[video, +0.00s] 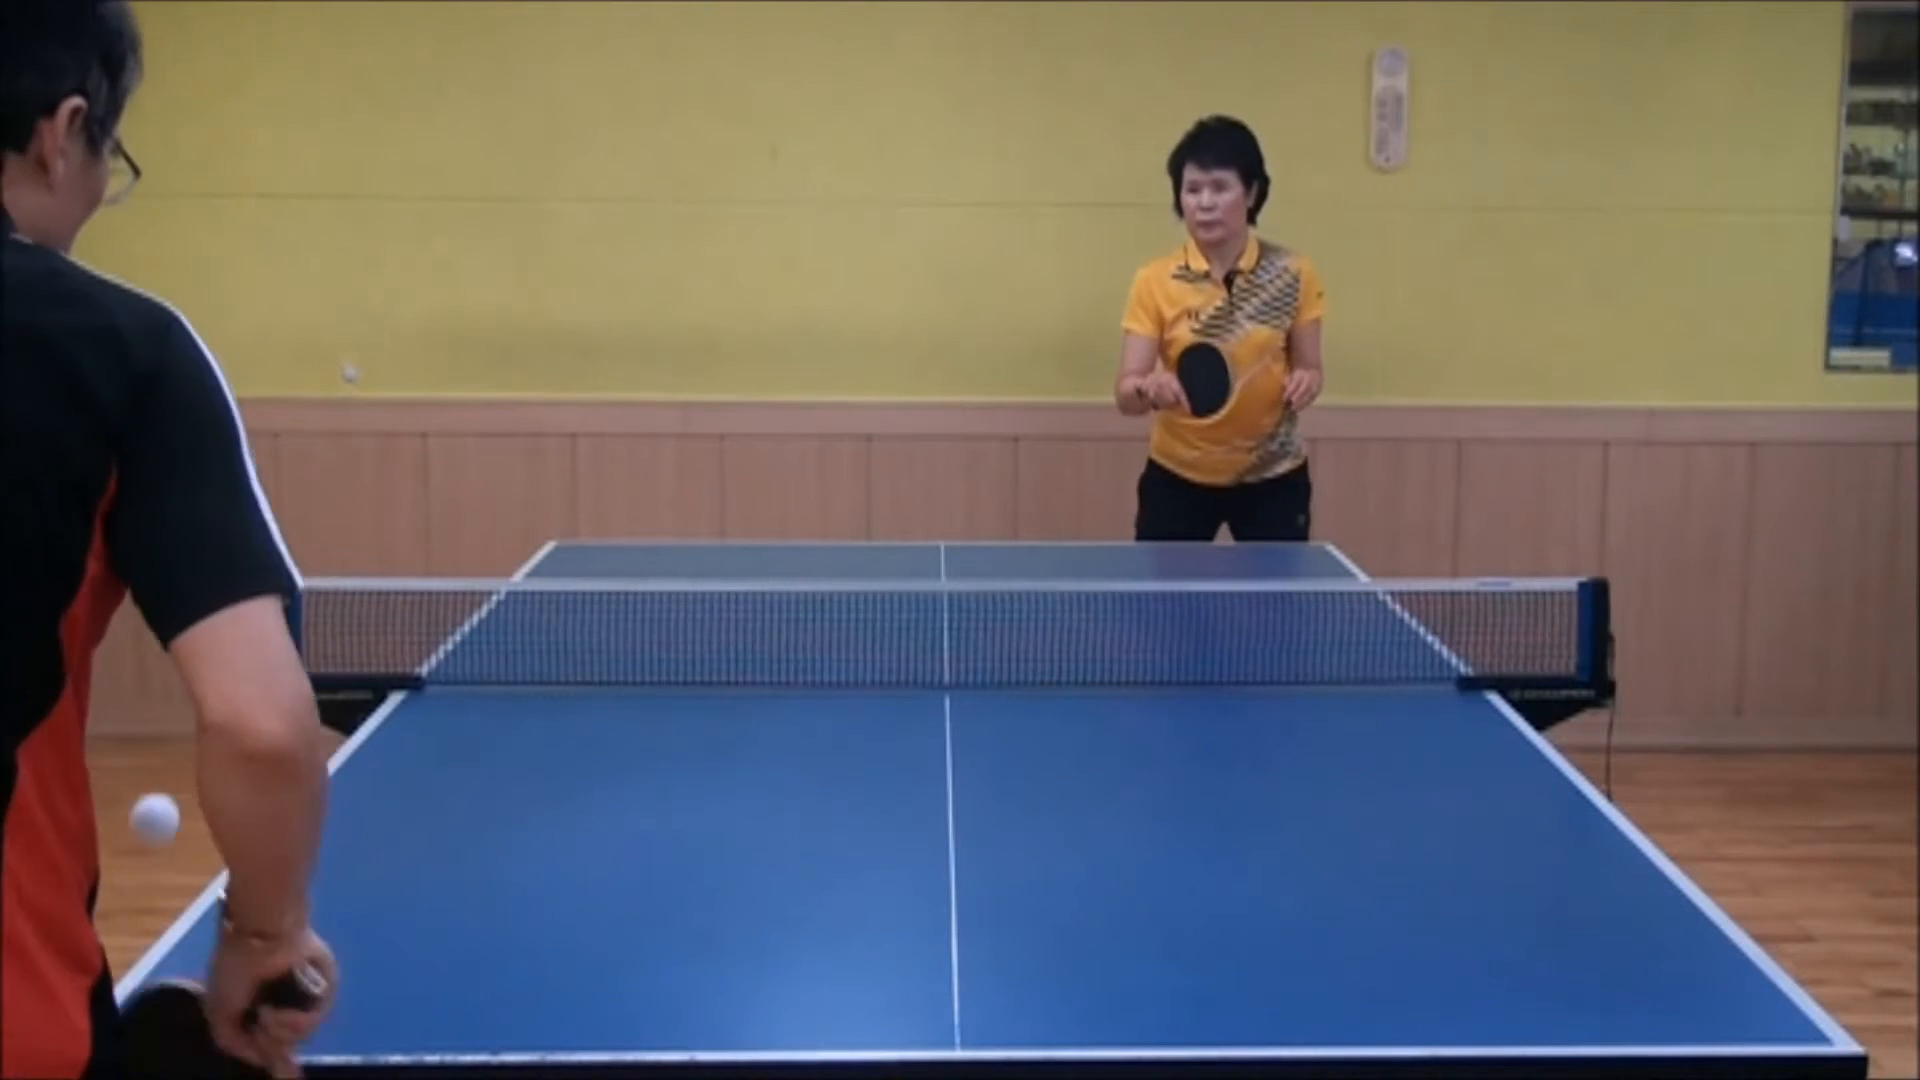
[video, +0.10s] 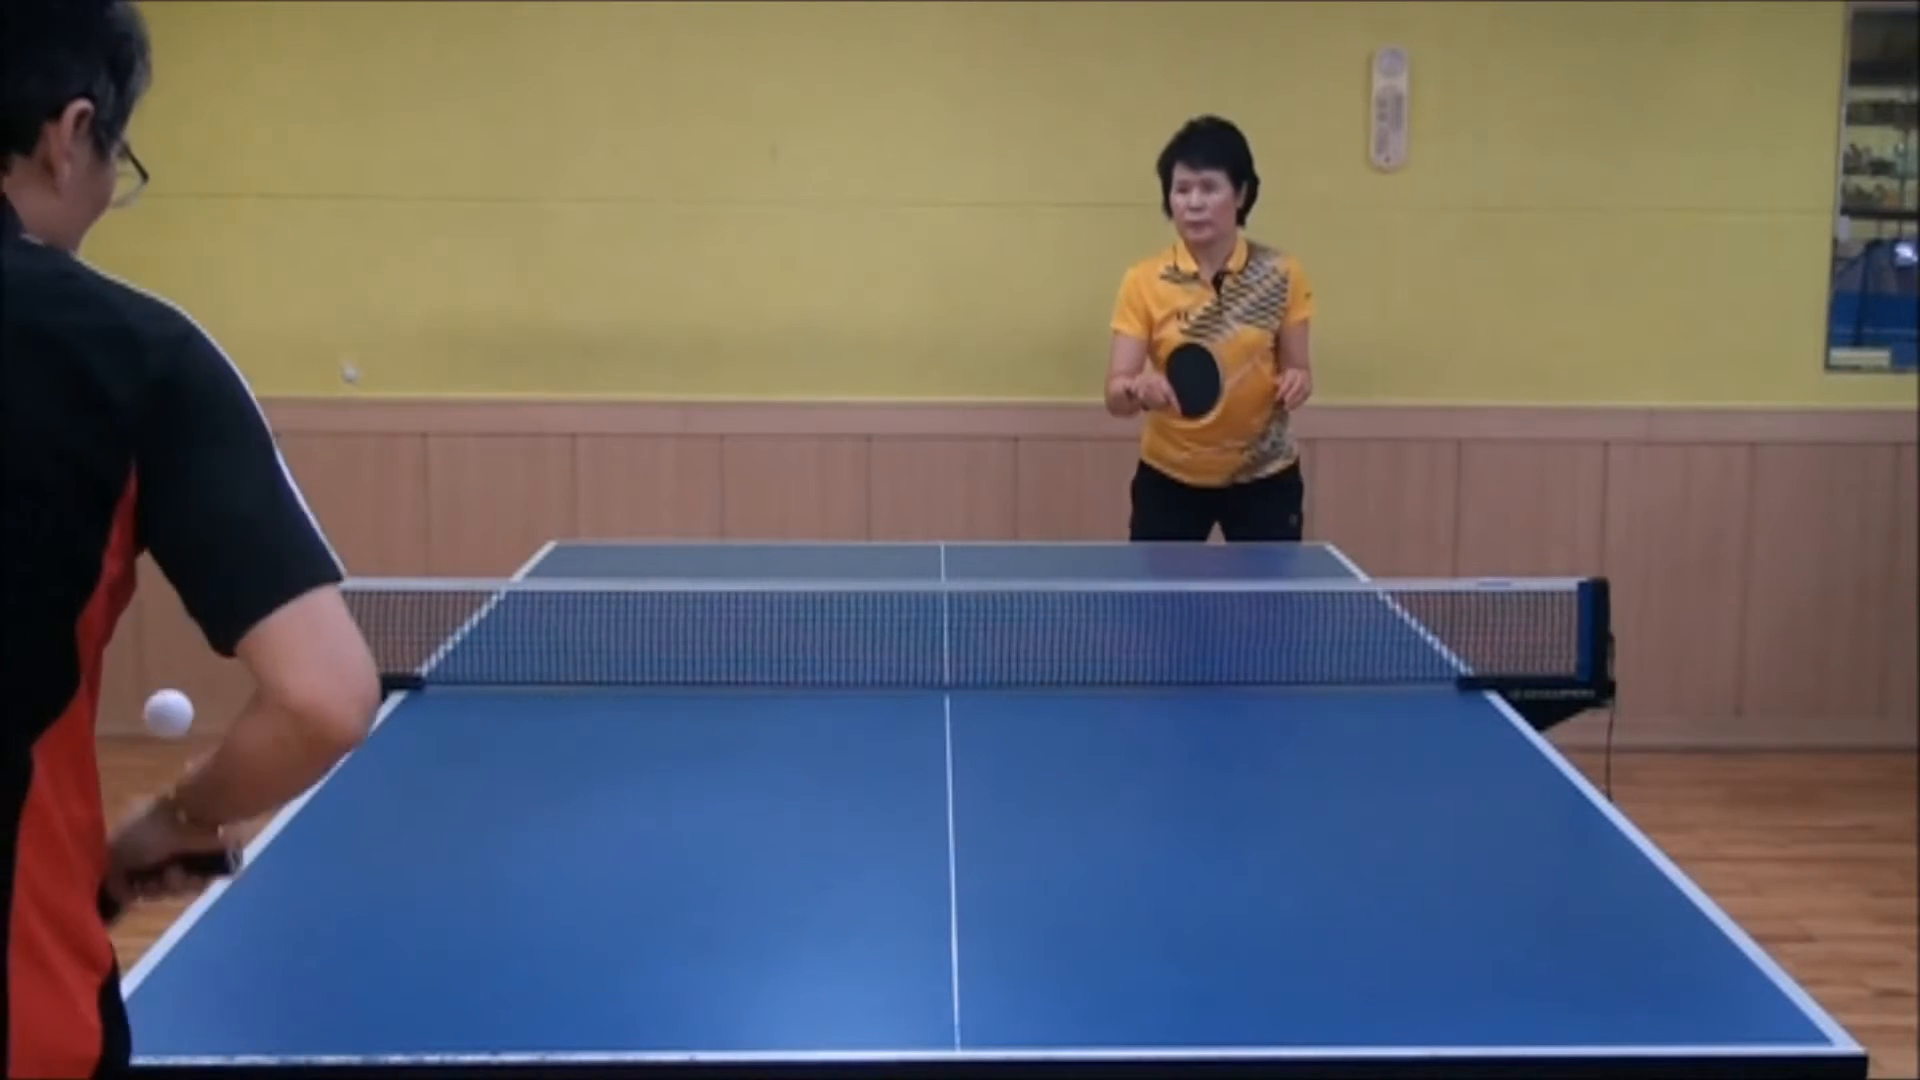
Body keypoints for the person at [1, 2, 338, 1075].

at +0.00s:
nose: (106, 189)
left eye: (110, 150)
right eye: (107, 146)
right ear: (55, 132)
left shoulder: (112, 348)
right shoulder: (105, 344)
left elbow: (261, 720)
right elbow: (263, 721)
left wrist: (267, 935)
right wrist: (267, 933)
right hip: (22, 1005)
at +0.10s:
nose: (110, 194)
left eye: (117, 159)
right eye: (116, 153)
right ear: (64, 132)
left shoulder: (120, 353)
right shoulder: (116, 348)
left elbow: (326, 694)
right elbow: (326, 697)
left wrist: (168, 829)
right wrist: (179, 823)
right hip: (28, 991)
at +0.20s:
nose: (105, 190)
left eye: (115, 157)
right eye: (111, 152)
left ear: (50, 127)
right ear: (56, 129)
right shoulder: (107, 347)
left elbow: (366, 692)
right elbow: (368, 693)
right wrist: (272, 729)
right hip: (23, 1000)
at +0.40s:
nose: (60, 163)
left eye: (73, 126)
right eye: (68, 123)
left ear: (18, 108)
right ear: (16, 108)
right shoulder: (84, 341)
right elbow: (353, 639)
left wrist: (418, 664)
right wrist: (438, 675)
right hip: (15, 1007)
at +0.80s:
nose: (30, 126)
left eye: (32, 87)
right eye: (32, 86)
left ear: (21, 101)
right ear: (12, 103)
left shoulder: (60, 338)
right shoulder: (52, 337)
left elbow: (257, 698)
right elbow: (259, 699)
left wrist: (318, 741)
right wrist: (334, 750)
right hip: (3, 1000)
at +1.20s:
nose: (11, 110)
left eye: (9, 99)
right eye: (11, 99)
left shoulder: (29, 341)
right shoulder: (21, 340)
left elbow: (141, 743)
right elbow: (144, 746)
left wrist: (217, 831)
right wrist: (219, 835)